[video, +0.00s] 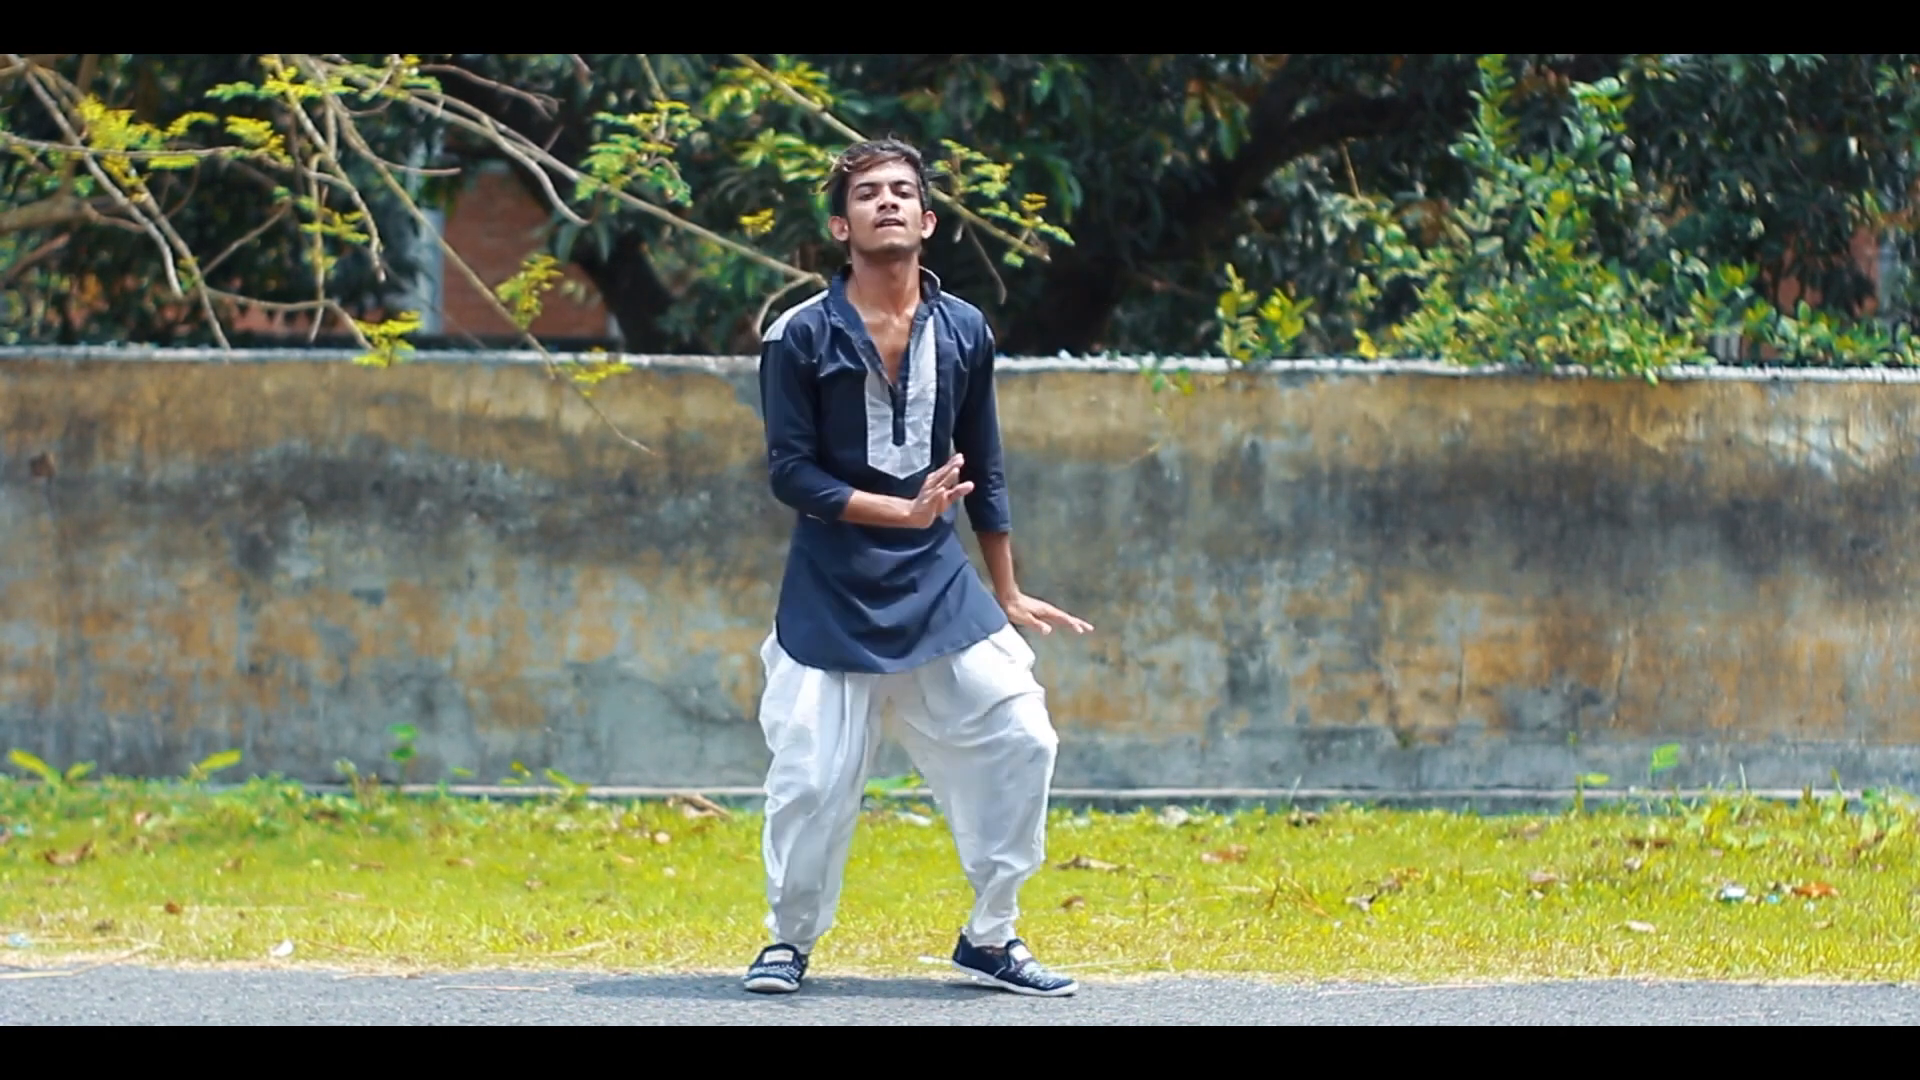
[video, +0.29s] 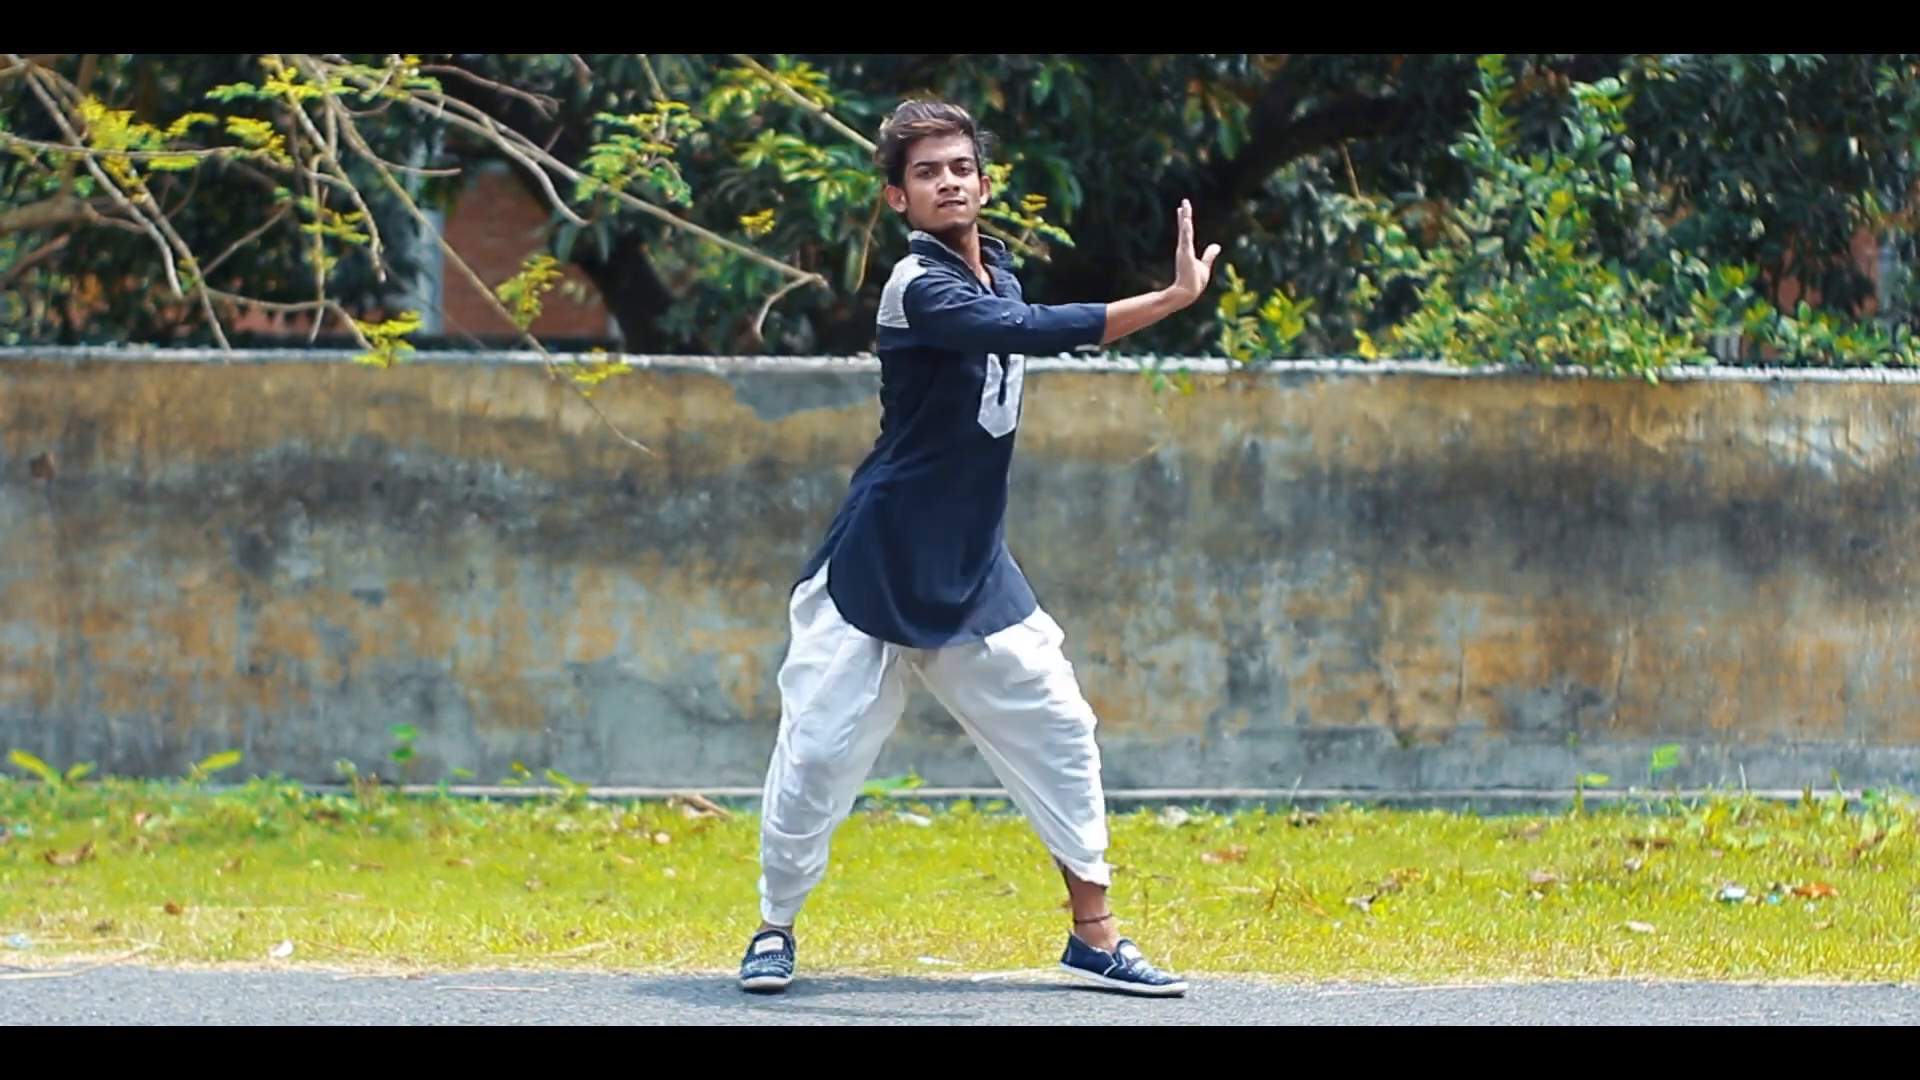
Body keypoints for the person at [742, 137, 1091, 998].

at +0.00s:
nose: (888, 202)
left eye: (902, 192)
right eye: (870, 195)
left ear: (928, 221)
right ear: (842, 228)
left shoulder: (963, 330)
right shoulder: (801, 336)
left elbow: (985, 465)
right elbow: (790, 471)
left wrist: (1008, 590)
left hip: (937, 582)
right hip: (833, 587)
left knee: (1024, 738)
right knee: (811, 779)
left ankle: (990, 936)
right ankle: (788, 943)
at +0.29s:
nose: (949, 183)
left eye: (961, 166)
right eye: (927, 172)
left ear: (984, 180)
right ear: (898, 197)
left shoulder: (998, 274)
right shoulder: (919, 285)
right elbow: (1020, 330)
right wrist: (1168, 299)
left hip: (972, 557)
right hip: (879, 557)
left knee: (1061, 725)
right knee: (815, 754)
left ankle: (1094, 935)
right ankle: (774, 929)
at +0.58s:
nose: (993, 230)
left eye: (1005, 213)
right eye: (971, 219)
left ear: (1028, 224)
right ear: (944, 241)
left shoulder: (1037, 314)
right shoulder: (949, 328)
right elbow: (1073, 389)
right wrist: (1210, 351)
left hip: (992, 575)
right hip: (902, 576)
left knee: (1111, 719)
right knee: (843, 771)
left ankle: (1101, 921)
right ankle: (766, 943)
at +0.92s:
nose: (1018, 290)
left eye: (1036, 274)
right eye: (1000, 273)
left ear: (1060, 286)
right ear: (972, 280)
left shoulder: (1047, 377)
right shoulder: (947, 351)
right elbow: (1069, 408)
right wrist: (1215, 437)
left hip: (1038, 620)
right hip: (932, 629)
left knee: (1142, 770)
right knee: (833, 806)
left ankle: (1114, 951)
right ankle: (782, 948)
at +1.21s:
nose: (1006, 238)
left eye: (1025, 220)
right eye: (990, 222)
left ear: (1066, 227)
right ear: (974, 230)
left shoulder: (1089, 330)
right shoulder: (977, 314)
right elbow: (1086, 374)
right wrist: (1234, 416)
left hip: (970, 578)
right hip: (872, 561)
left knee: (1068, 752)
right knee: (816, 764)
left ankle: (1101, 952)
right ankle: (776, 942)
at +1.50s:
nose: (1026, 257)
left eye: (1044, 241)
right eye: (1008, 242)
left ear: (1076, 255)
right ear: (988, 254)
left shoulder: (1076, 349)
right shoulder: (975, 327)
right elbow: (1105, 382)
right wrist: (1238, 405)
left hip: (1013, 598)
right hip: (909, 592)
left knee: (1107, 759)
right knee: (802, 767)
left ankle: (1111, 951)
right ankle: (773, 946)